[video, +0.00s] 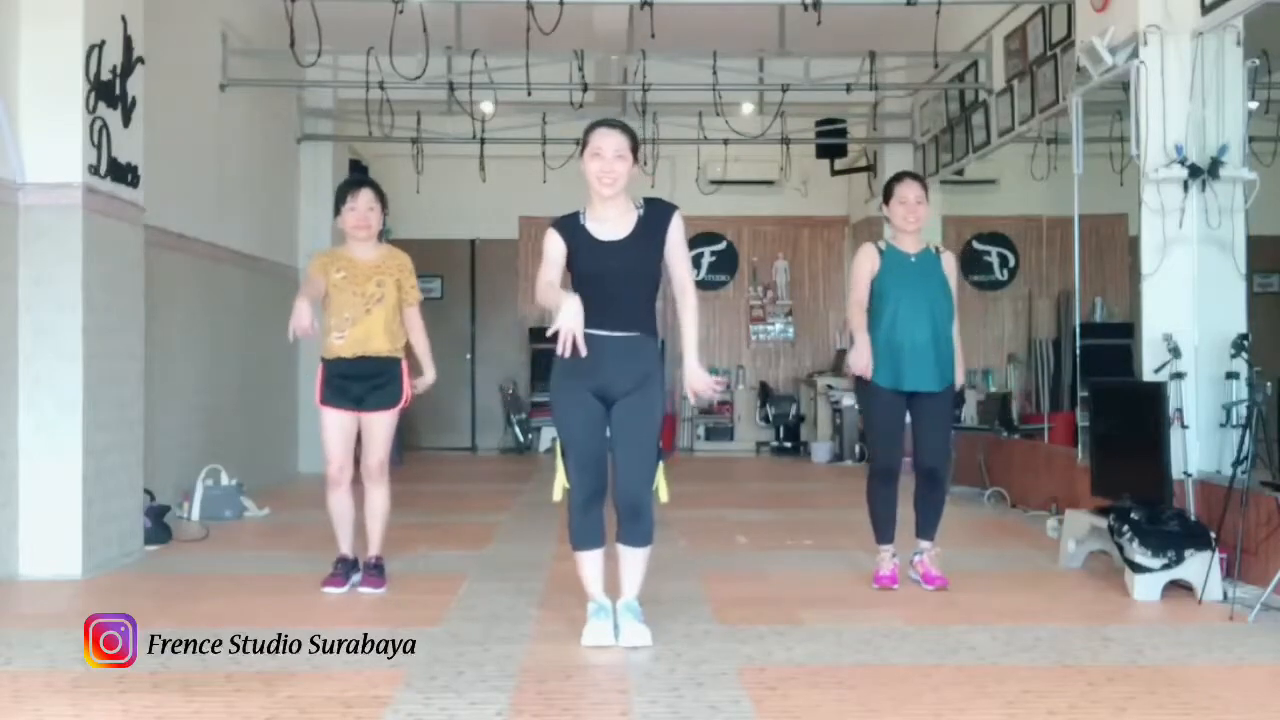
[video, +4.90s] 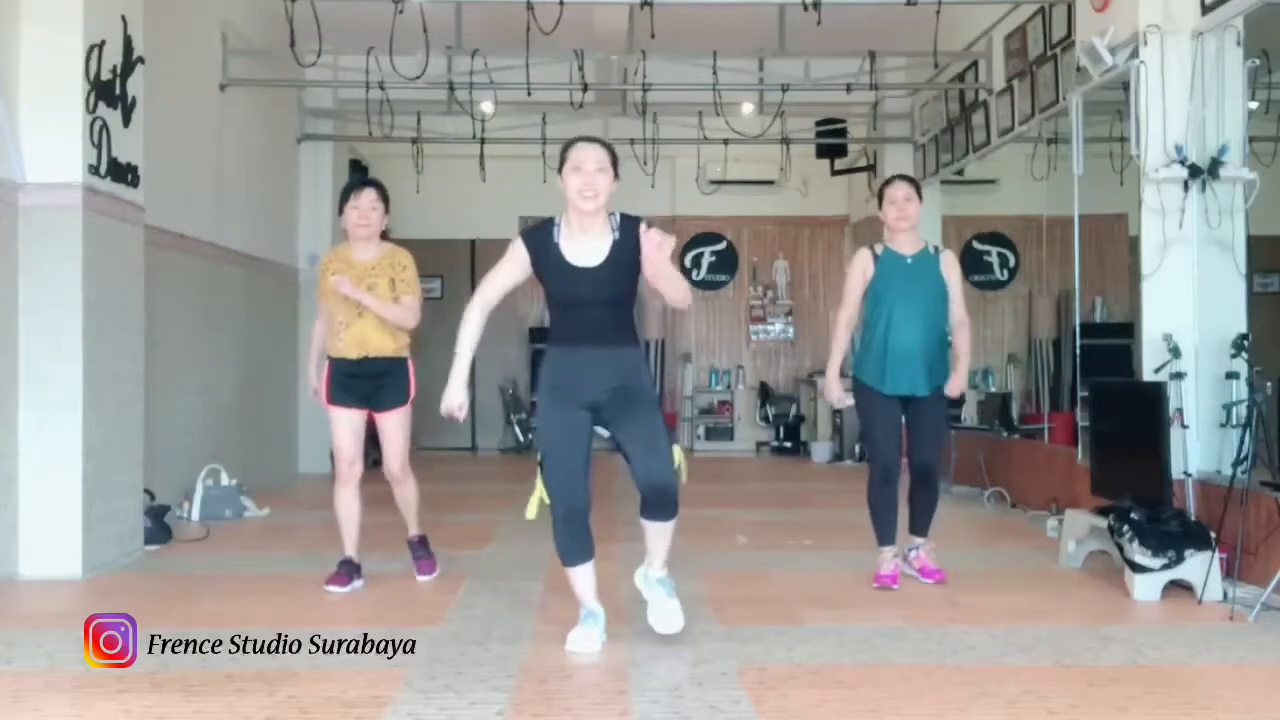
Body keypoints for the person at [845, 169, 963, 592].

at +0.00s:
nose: (912, 209)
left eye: (919, 202)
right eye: (903, 202)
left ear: (929, 208)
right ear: (887, 209)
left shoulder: (945, 261)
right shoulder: (871, 255)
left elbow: (951, 320)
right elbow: (856, 306)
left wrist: (958, 365)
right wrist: (860, 344)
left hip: (935, 378)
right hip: (883, 376)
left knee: (934, 466)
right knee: (884, 464)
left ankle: (924, 553)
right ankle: (885, 554)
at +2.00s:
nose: (903, 212)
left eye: (912, 203)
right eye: (896, 204)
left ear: (929, 208)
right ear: (888, 210)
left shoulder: (951, 260)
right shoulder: (874, 256)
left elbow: (967, 319)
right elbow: (860, 316)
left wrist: (983, 369)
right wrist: (876, 362)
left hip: (939, 383)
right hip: (888, 381)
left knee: (931, 468)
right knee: (887, 466)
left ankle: (922, 554)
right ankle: (887, 553)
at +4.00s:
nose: (896, 210)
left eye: (904, 202)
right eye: (887, 203)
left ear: (917, 209)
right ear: (876, 211)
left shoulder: (938, 261)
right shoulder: (861, 259)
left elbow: (947, 320)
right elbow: (840, 317)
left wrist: (955, 369)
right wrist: (858, 359)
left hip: (931, 378)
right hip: (878, 380)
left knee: (934, 467)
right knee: (884, 467)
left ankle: (937, 561)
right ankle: (888, 555)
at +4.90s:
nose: (900, 207)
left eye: (908, 200)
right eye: (892, 202)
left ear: (921, 207)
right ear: (881, 211)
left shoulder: (944, 260)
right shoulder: (867, 258)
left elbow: (959, 319)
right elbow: (846, 316)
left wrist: (961, 370)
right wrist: (832, 370)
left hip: (930, 381)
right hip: (877, 380)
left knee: (926, 467)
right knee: (884, 465)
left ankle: (918, 548)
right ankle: (887, 555)